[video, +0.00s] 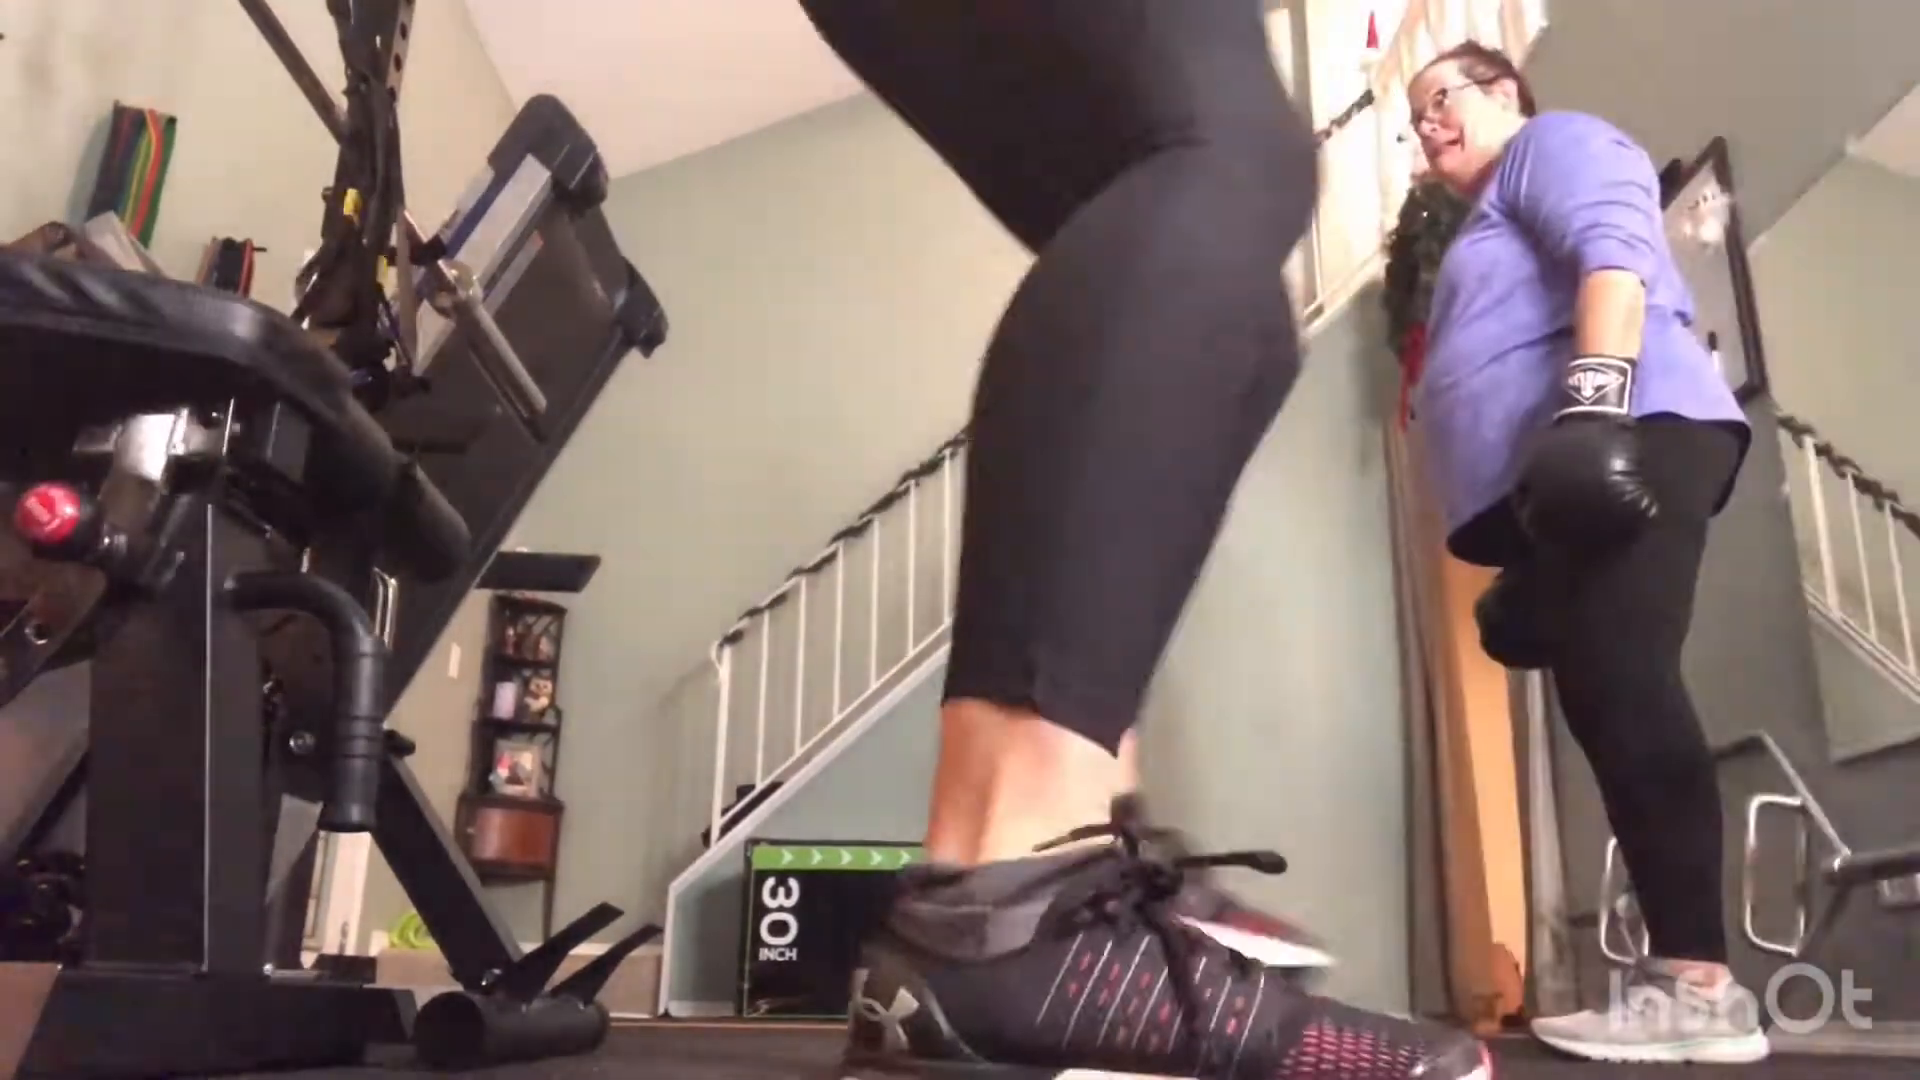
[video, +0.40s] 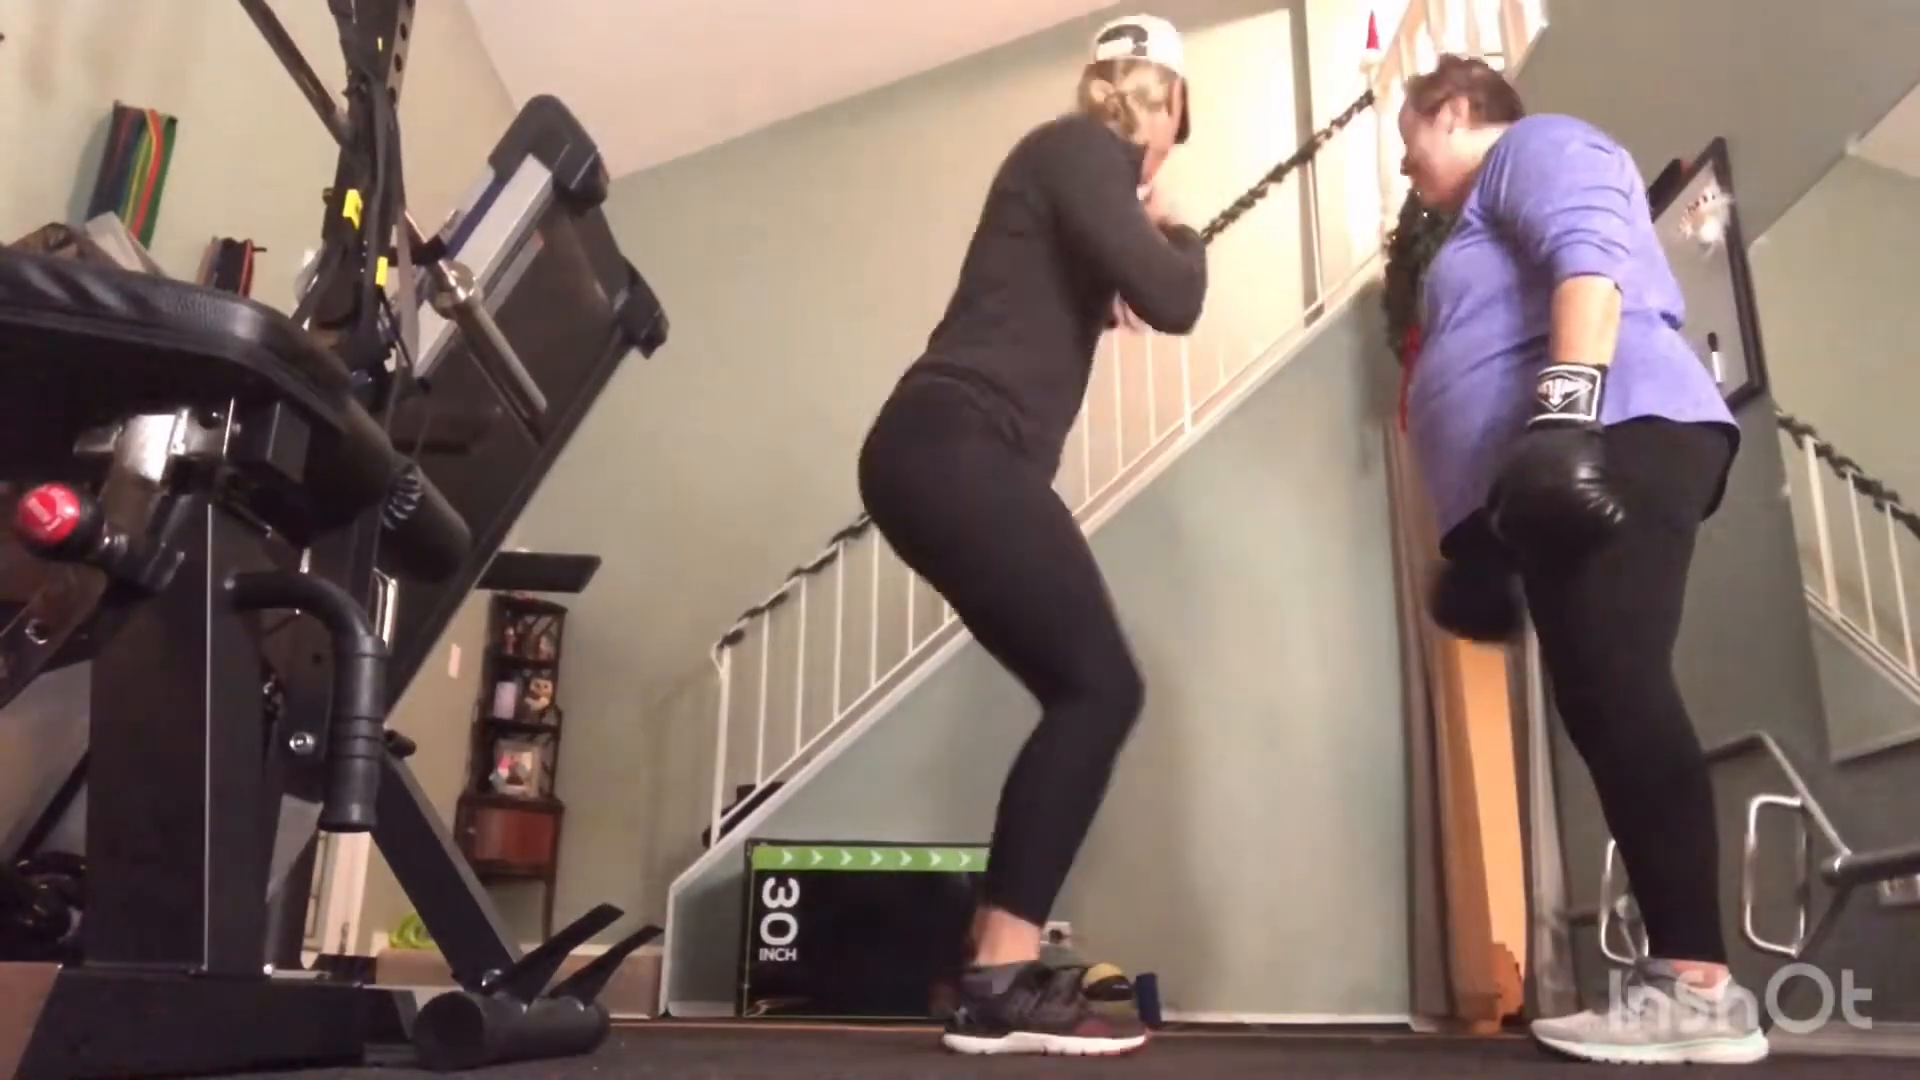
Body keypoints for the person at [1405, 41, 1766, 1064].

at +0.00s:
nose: (1428, 126)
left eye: (1442, 102)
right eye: (1417, 121)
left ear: (1506, 93)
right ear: (1429, 146)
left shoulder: (1555, 141)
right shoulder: (1479, 234)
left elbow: (1612, 253)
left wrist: (1593, 406)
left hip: (1639, 429)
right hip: (1574, 469)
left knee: (1622, 680)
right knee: (1604, 702)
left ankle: (1699, 983)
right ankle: (1682, 978)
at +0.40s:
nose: (1404, 161)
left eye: (1409, 137)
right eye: (1402, 145)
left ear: (1454, 111)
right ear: (1452, 120)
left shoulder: (1538, 142)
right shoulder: (1466, 246)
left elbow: (1587, 258)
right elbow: (1474, 394)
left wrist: (1565, 408)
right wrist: (1472, 535)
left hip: (1626, 424)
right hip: (1572, 455)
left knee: (1617, 689)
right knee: (1600, 705)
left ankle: (1697, 985)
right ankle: (1683, 979)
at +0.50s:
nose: (1396, 191)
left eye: (1396, 169)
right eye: (1391, 178)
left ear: (1430, 137)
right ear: (1444, 137)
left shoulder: (1507, 143)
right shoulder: (1464, 242)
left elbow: (1553, 249)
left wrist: (1531, 404)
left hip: (1621, 420)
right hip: (1588, 443)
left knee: (1620, 690)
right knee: (1600, 698)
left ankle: (1696, 984)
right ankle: (1678, 976)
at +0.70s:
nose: (1384, 182)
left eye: (1383, 163)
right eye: (1379, 171)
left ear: (1412, 135)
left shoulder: (1483, 135)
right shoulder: (1448, 233)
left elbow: (1523, 243)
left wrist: (1494, 404)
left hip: (1610, 412)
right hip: (1575, 435)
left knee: (1604, 684)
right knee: (1579, 697)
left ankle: (1698, 987)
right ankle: (1667, 974)